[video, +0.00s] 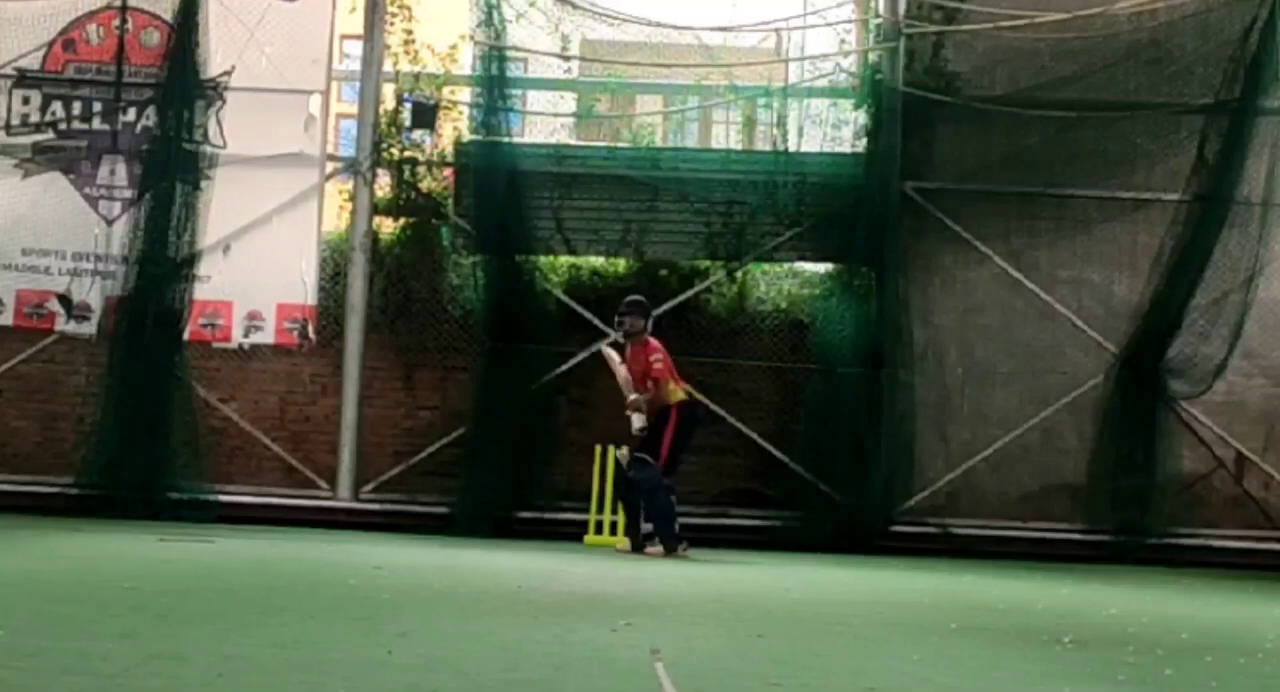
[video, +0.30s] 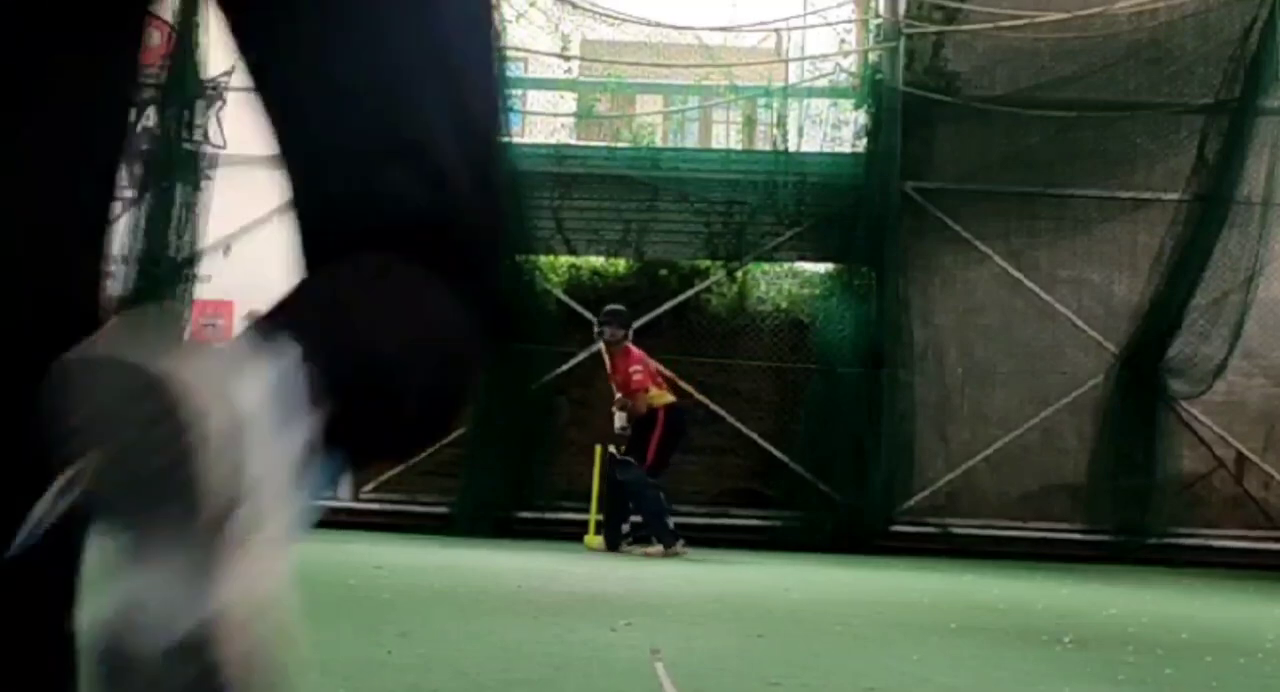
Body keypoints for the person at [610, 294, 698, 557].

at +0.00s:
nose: (629, 323)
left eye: (636, 318)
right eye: (625, 318)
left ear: (646, 322)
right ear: (620, 322)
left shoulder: (653, 350)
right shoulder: (631, 350)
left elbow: (659, 387)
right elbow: (631, 380)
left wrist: (641, 399)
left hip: (676, 404)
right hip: (657, 406)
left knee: (657, 470)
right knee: (640, 466)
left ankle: (670, 540)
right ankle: (645, 536)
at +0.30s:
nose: (610, 333)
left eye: (617, 328)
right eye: (606, 327)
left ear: (626, 331)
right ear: (600, 331)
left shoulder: (634, 358)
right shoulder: (613, 357)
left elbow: (641, 401)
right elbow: (618, 388)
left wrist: (624, 403)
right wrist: (620, 411)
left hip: (663, 408)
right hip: (643, 410)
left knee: (642, 472)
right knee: (625, 468)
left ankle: (669, 539)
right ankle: (613, 536)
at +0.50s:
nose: (599, 348)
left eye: (604, 343)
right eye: (594, 343)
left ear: (614, 342)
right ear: (588, 342)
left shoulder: (626, 366)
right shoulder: (594, 354)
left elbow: (626, 412)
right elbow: (566, 313)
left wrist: (610, 410)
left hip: (654, 405)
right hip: (633, 404)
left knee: (629, 464)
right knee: (616, 461)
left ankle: (621, 535)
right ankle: (611, 532)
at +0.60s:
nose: (599, 356)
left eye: (604, 351)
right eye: (594, 351)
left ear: (614, 347)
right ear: (587, 347)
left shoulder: (627, 366)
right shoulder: (598, 366)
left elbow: (618, 413)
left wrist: (603, 404)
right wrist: (596, 396)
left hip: (651, 409)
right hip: (630, 409)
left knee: (626, 466)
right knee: (609, 462)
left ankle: (621, 535)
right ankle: (608, 531)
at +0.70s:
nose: (601, 349)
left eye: (606, 345)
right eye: (596, 344)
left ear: (615, 337)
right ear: (587, 337)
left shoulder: (628, 353)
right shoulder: (588, 352)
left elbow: (622, 385)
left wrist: (597, 387)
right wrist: (588, 383)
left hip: (644, 403)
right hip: (620, 403)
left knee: (626, 464)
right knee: (605, 461)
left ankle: (619, 535)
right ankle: (605, 530)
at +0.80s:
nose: (591, 338)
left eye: (597, 333)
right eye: (586, 332)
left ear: (608, 327)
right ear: (581, 325)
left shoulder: (621, 336)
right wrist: (583, 375)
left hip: (640, 391)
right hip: (616, 392)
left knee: (625, 456)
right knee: (610, 455)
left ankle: (618, 530)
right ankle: (609, 527)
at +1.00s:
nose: (601, 328)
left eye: (599, 324)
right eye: (596, 326)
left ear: (599, 323)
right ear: (586, 331)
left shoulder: (621, 330)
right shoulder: (587, 351)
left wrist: (607, 318)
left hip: (636, 394)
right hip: (612, 395)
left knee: (630, 459)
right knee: (607, 457)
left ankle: (620, 528)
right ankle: (608, 527)